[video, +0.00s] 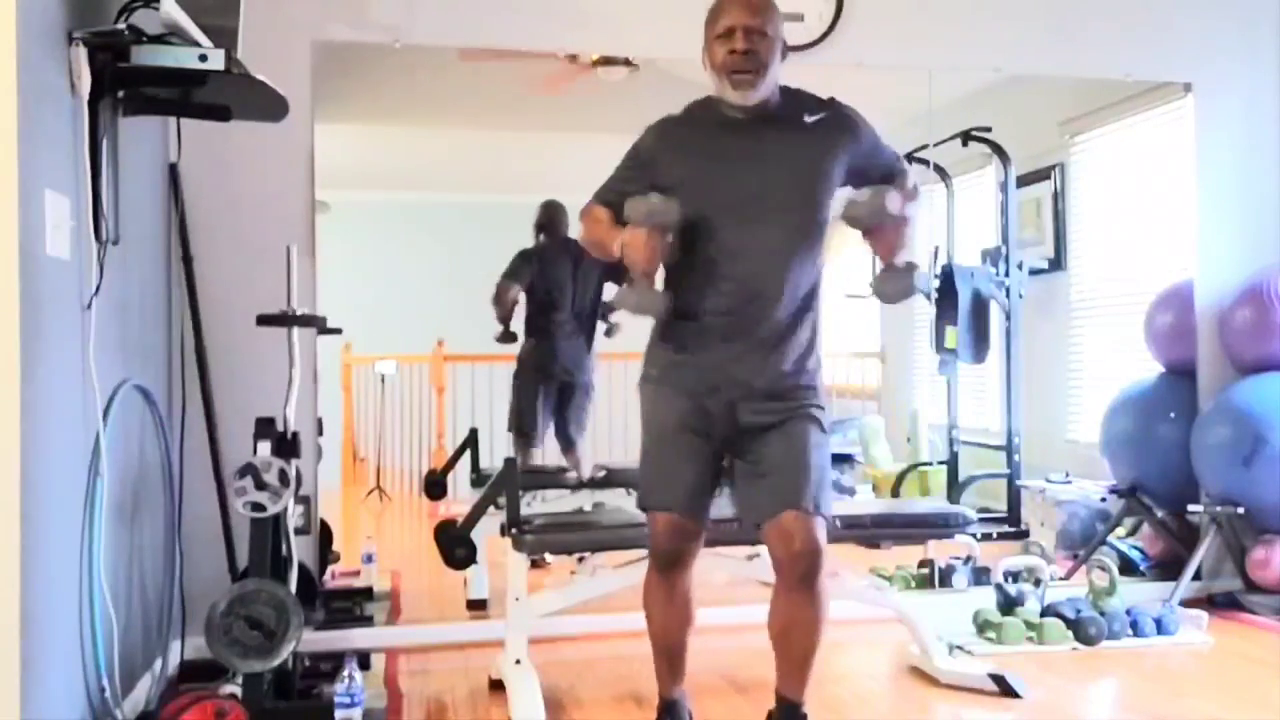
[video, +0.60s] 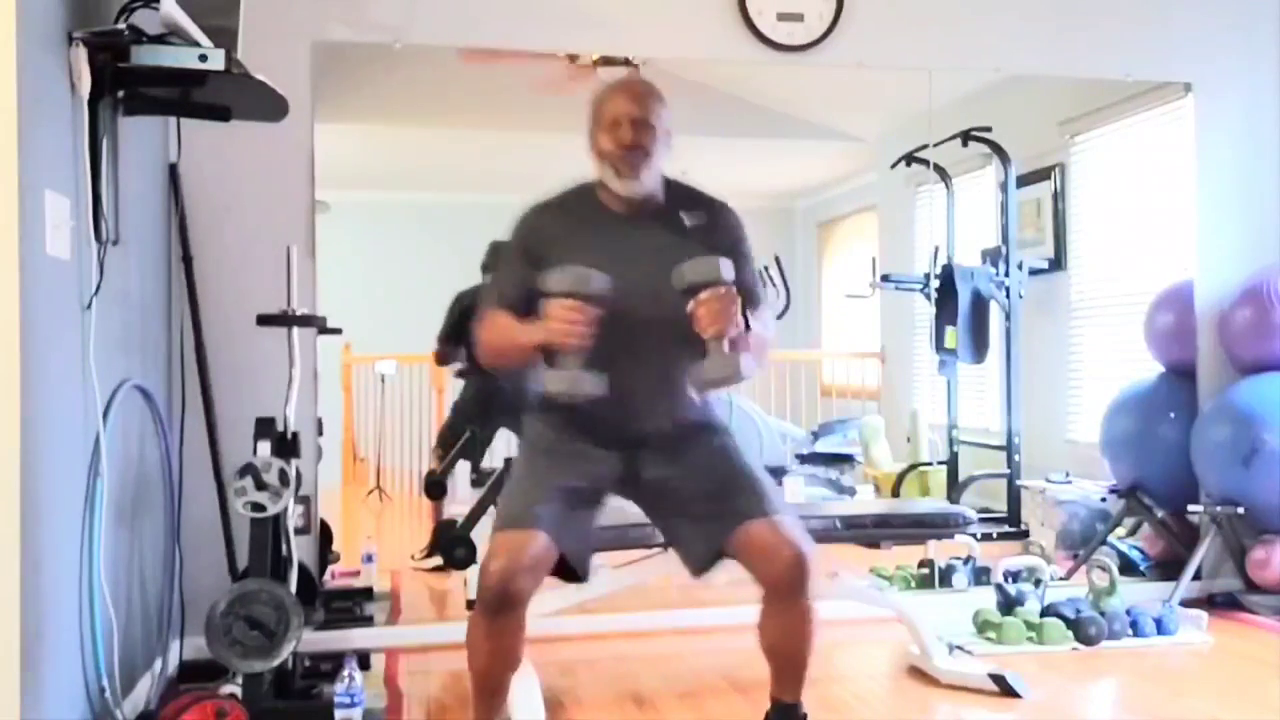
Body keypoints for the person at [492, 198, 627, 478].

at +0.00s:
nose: (538, 227)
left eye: (538, 223)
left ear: (539, 225)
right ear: (567, 224)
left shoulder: (531, 256)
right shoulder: (592, 255)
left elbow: (505, 294)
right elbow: (632, 279)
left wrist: (505, 323)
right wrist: (611, 308)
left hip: (539, 353)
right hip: (577, 354)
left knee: (526, 433)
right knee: (572, 432)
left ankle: (525, 497)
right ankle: (584, 490)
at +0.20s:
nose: (535, 216)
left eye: (533, 211)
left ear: (533, 215)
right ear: (562, 214)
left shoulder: (519, 248)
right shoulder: (587, 249)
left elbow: (494, 301)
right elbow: (614, 301)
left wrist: (517, 306)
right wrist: (582, 304)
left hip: (530, 347)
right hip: (573, 351)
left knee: (505, 430)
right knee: (572, 431)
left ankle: (503, 494)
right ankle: (583, 490)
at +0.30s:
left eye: (529, 226)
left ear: (524, 228)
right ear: (554, 227)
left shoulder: (509, 262)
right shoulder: (578, 261)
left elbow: (487, 319)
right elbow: (594, 319)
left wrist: (508, 310)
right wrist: (565, 312)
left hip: (521, 360)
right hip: (567, 361)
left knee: (484, 430)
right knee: (578, 442)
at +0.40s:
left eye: (520, 249)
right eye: (535, 249)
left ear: (513, 252)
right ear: (542, 251)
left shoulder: (498, 286)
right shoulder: (562, 284)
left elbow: (479, 344)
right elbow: (579, 335)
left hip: (514, 378)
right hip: (558, 378)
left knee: (476, 427)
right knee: (578, 448)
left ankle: (446, 478)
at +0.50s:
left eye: (506, 268)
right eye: (521, 268)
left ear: (500, 271)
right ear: (529, 270)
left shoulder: (483, 305)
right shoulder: (546, 302)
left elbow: (462, 363)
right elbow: (562, 354)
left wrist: (482, 347)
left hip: (498, 396)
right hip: (542, 396)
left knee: (449, 448)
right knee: (567, 458)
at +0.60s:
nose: (491, 275)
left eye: (490, 267)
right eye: (496, 267)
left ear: (485, 266)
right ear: (518, 268)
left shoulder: (469, 301)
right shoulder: (532, 302)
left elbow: (443, 355)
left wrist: (467, 341)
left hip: (479, 393)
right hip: (524, 394)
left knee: (443, 456)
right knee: (545, 457)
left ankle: (439, 534)